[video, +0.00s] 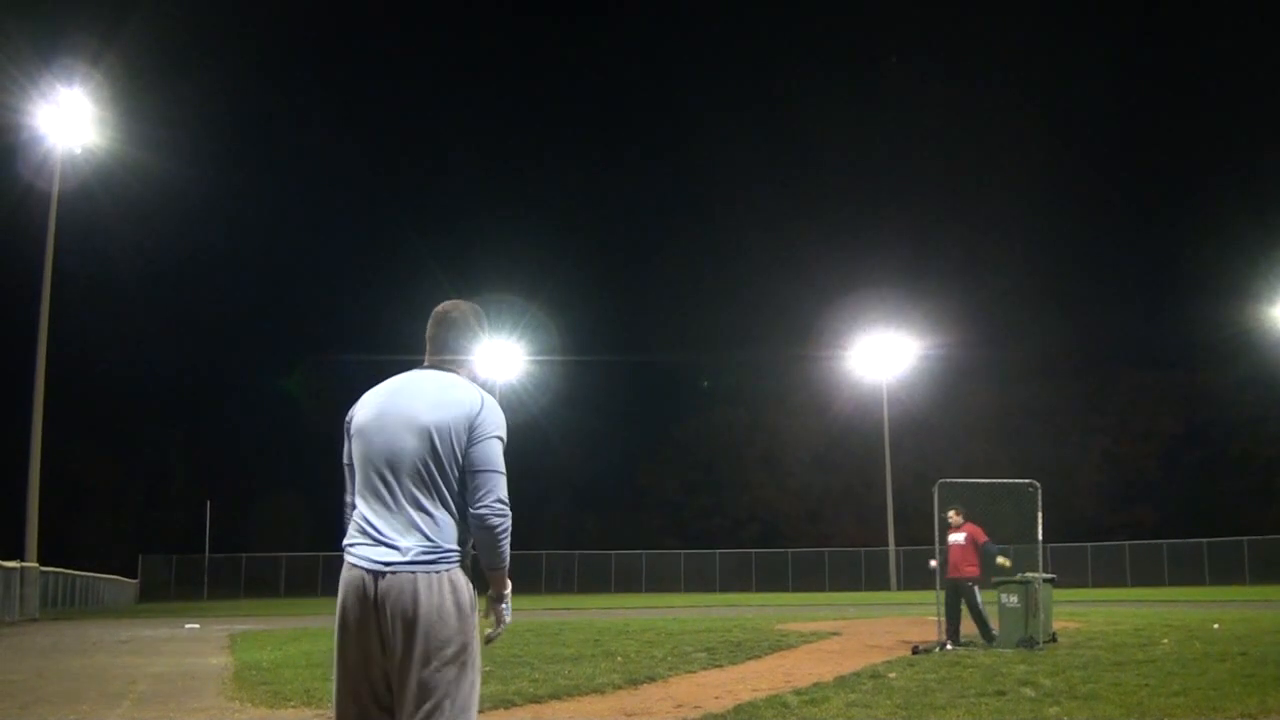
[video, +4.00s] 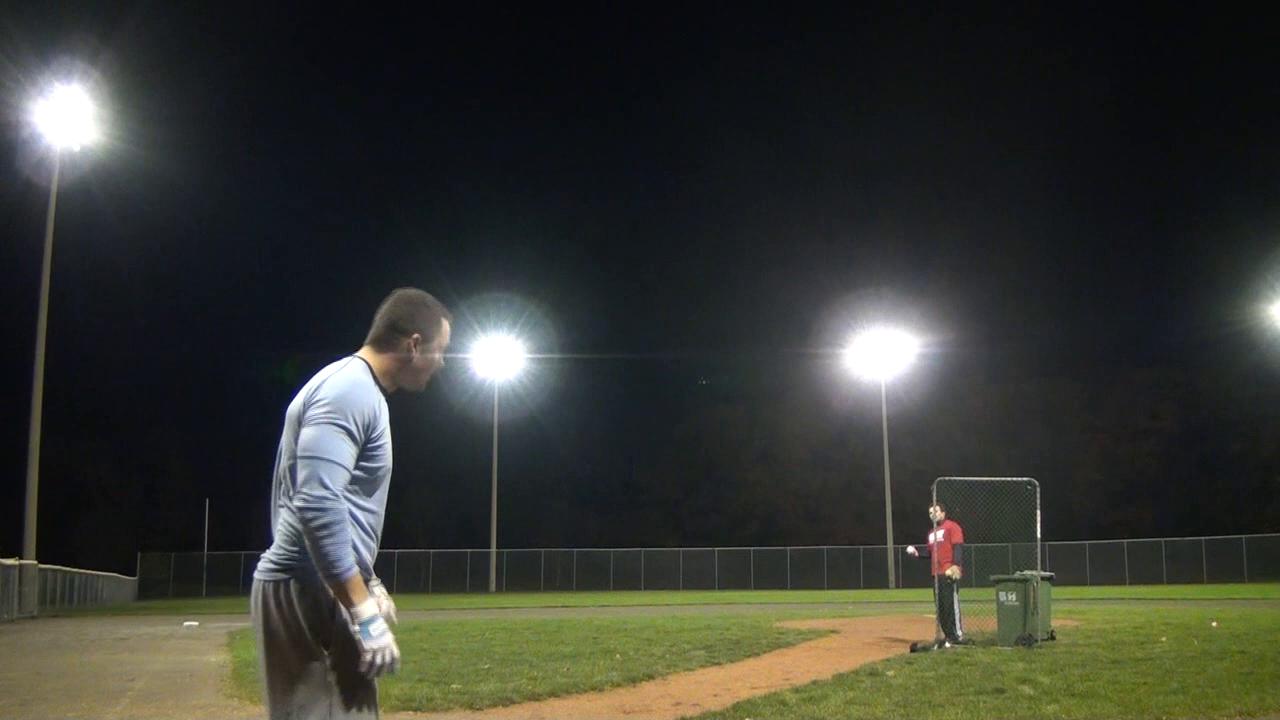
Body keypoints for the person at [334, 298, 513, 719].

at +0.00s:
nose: (487, 360)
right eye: (484, 350)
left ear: (428, 347)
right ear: (476, 353)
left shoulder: (366, 402)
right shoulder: (479, 406)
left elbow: (353, 505)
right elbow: (489, 512)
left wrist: (365, 564)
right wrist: (499, 587)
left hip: (357, 583)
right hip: (433, 589)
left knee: (358, 712)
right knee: (440, 712)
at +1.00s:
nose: (418, 330)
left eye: (417, 320)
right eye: (417, 320)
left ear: (359, 322)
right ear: (407, 324)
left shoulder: (310, 387)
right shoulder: (391, 381)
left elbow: (257, 461)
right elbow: (397, 477)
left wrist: (301, 537)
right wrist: (490, 490)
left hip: (315, 585)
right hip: (381, 585)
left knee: (327, 711)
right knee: (405, 711)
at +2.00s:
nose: (342, 316)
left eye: (341, 305)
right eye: (341, 305)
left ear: (279, 313)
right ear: (328, 311)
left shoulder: (251, 380)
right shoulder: (306, 369)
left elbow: (234, 495)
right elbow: (306, 469)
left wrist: (327, 546)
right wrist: (396, 478)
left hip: (248, 576)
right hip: (299, 582)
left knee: (248, 710)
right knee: (292, 710)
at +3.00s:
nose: (367, 321)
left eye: (367, 310)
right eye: (367, 309)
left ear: (306, 311)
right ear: (353, 313)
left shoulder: (273, 380)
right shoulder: (325, 374)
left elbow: (278, 501)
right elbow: (365, 473)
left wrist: (355, 533)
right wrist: (419, 449)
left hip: (276, 583)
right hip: (317, 590)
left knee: (282, 710)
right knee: (313, 711)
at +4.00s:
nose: (440, 364)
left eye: (443, 353)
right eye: (439, 352)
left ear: (407, 342)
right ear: (413, 344)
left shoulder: (355, 388)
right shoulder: (348, 389)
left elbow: (338, 503)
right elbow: (318, 502)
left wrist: (369, 583)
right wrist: (362, 608)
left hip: (322, 587)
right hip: (304, 590)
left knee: (351, 709)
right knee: (322, 711)